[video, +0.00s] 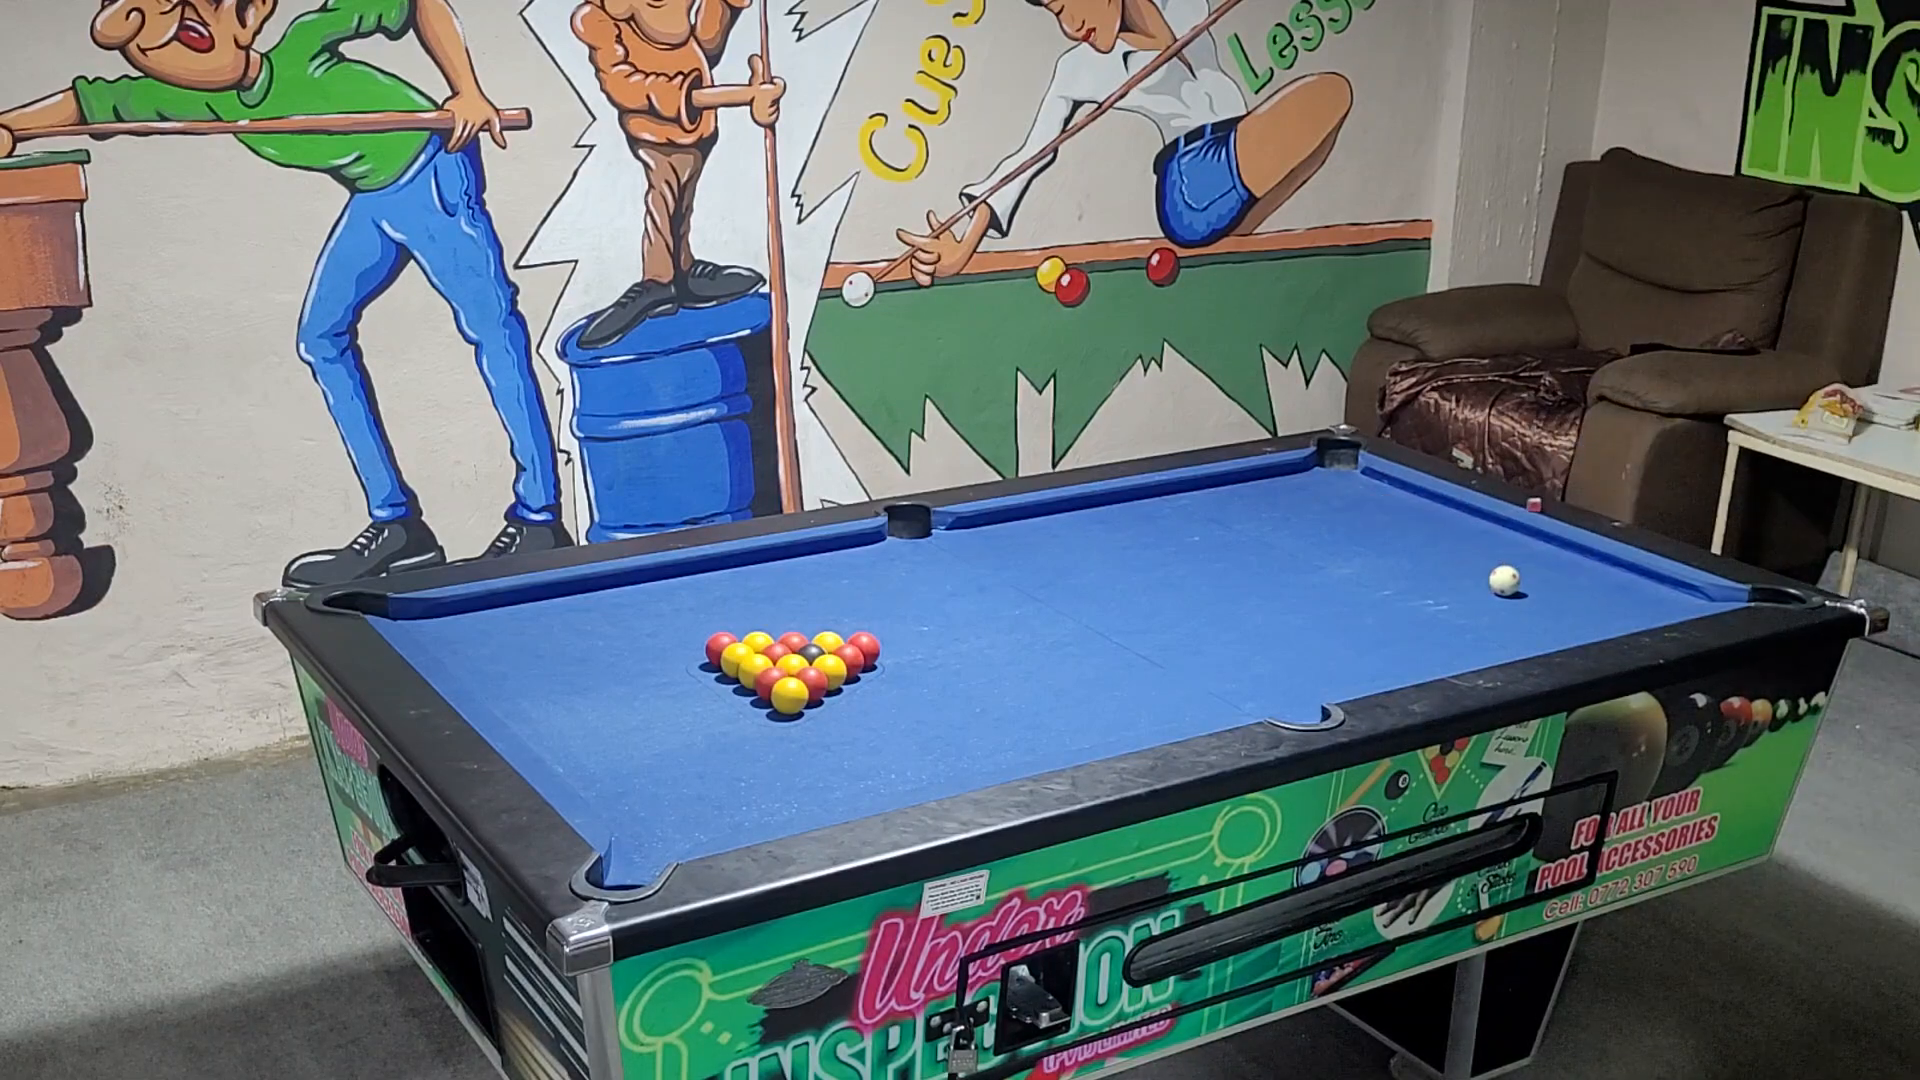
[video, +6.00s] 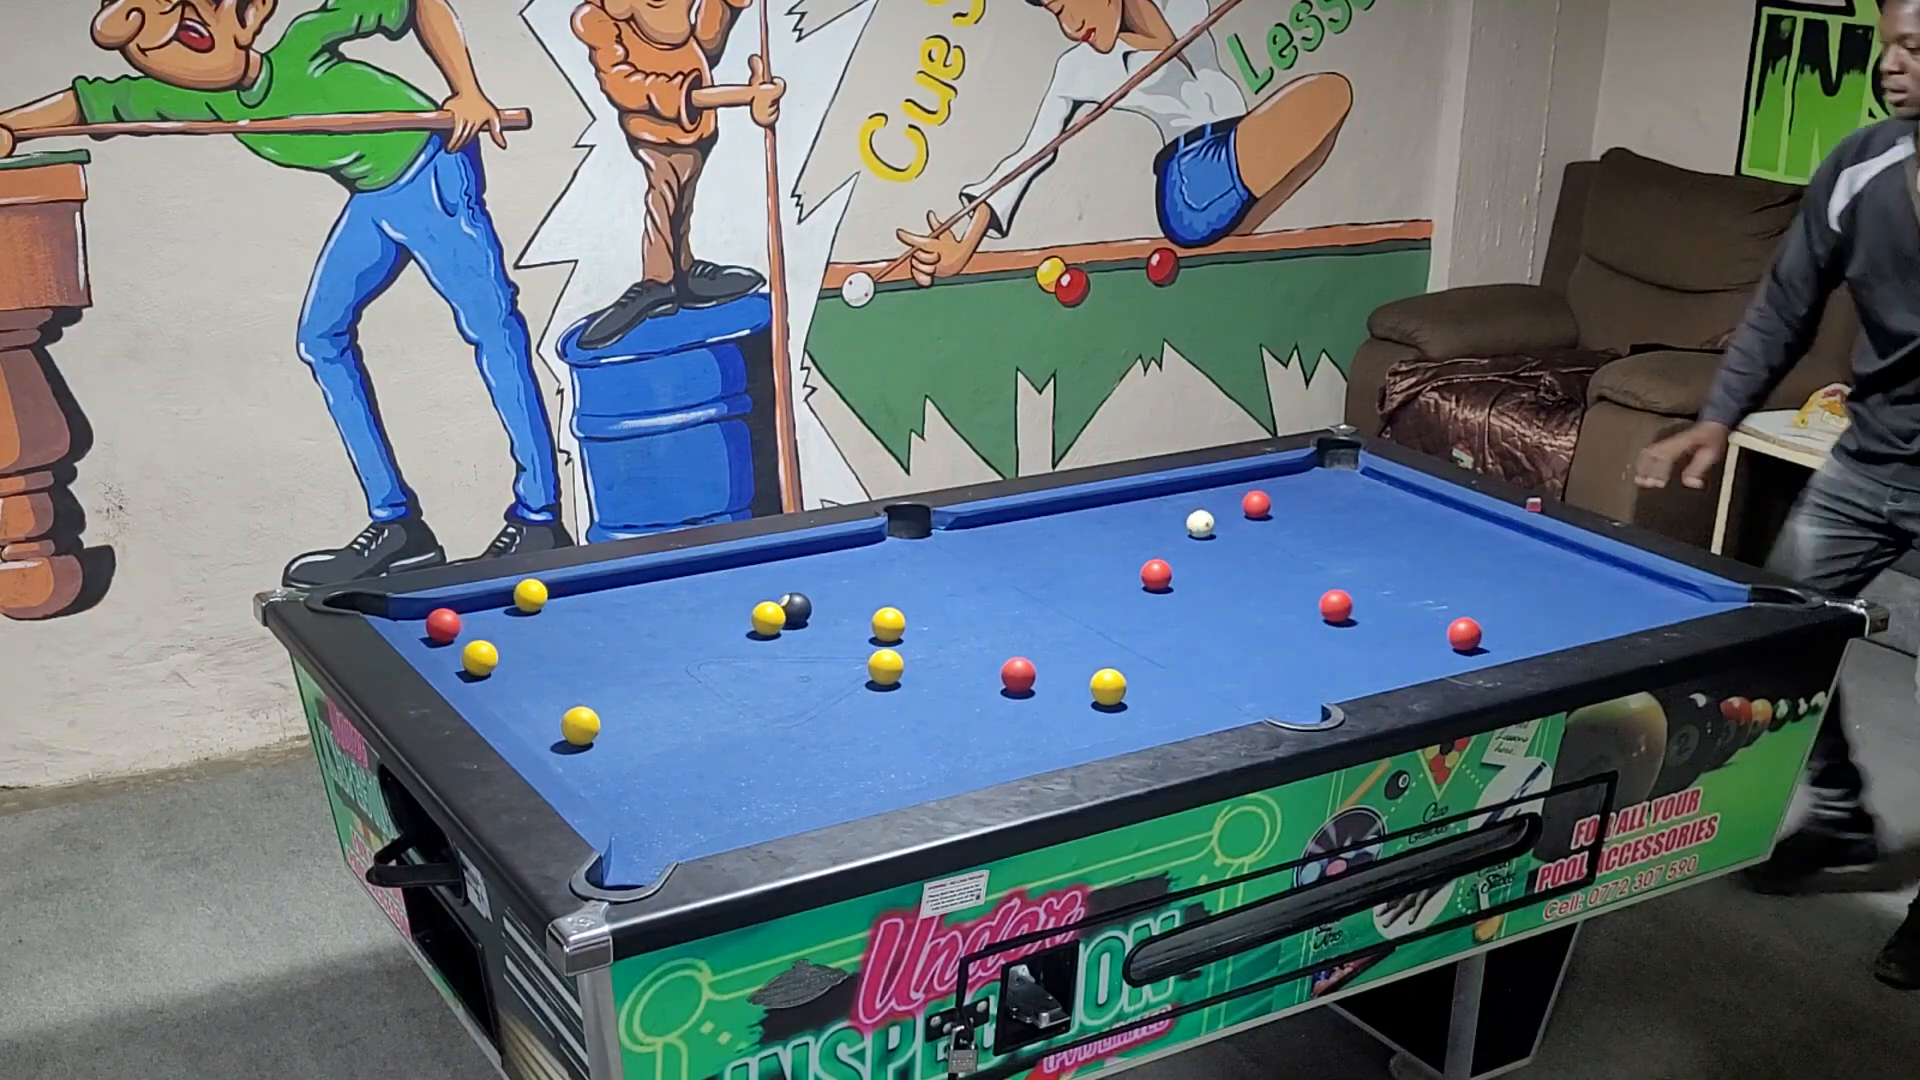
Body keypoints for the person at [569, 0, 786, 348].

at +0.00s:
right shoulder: (597, 19)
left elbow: (707, 48)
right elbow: (625, 87)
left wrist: (730, 6)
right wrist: (746, 95)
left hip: (694, 89)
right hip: (645, 104)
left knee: (688, 173)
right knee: (666, 173)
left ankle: (682, 268)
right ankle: (657, 280)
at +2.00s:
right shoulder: (597, 19)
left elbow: (707, 46)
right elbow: (625, 88)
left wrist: (731, 5)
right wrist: (746, 95)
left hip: (694, 87)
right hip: (644, 103)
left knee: (688, 174)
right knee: (666, 174)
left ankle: (682, 269)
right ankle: (657, 281)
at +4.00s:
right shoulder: (596, 19)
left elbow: (707, 47)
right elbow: (626, 88)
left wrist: (730, 6)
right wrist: (747, 94)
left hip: (695, 88)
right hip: (644, 104)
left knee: (688, 174)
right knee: (666, 173)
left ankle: (682, 268)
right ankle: (657, 281)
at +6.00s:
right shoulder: (596, 18)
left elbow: (707, 47)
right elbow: (625, 87)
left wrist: (729, 6)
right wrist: (746, 94)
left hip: (694, 88)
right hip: (644, 104)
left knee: (687, 175)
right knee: (665, 175)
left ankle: (682, 268)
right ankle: (657, 282)